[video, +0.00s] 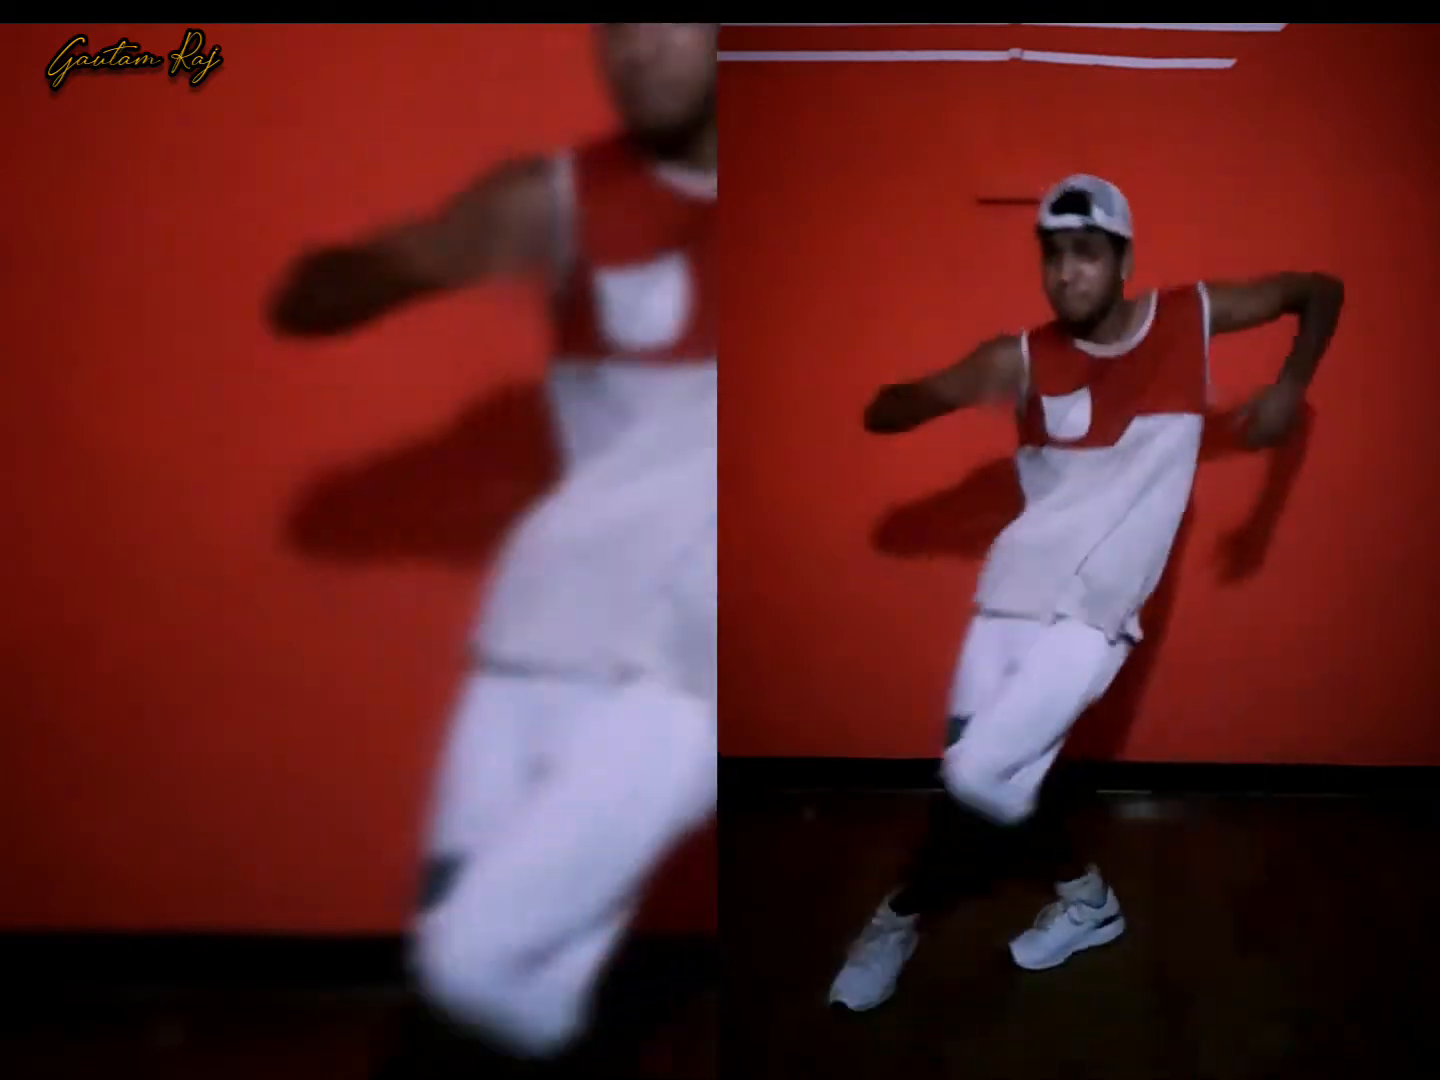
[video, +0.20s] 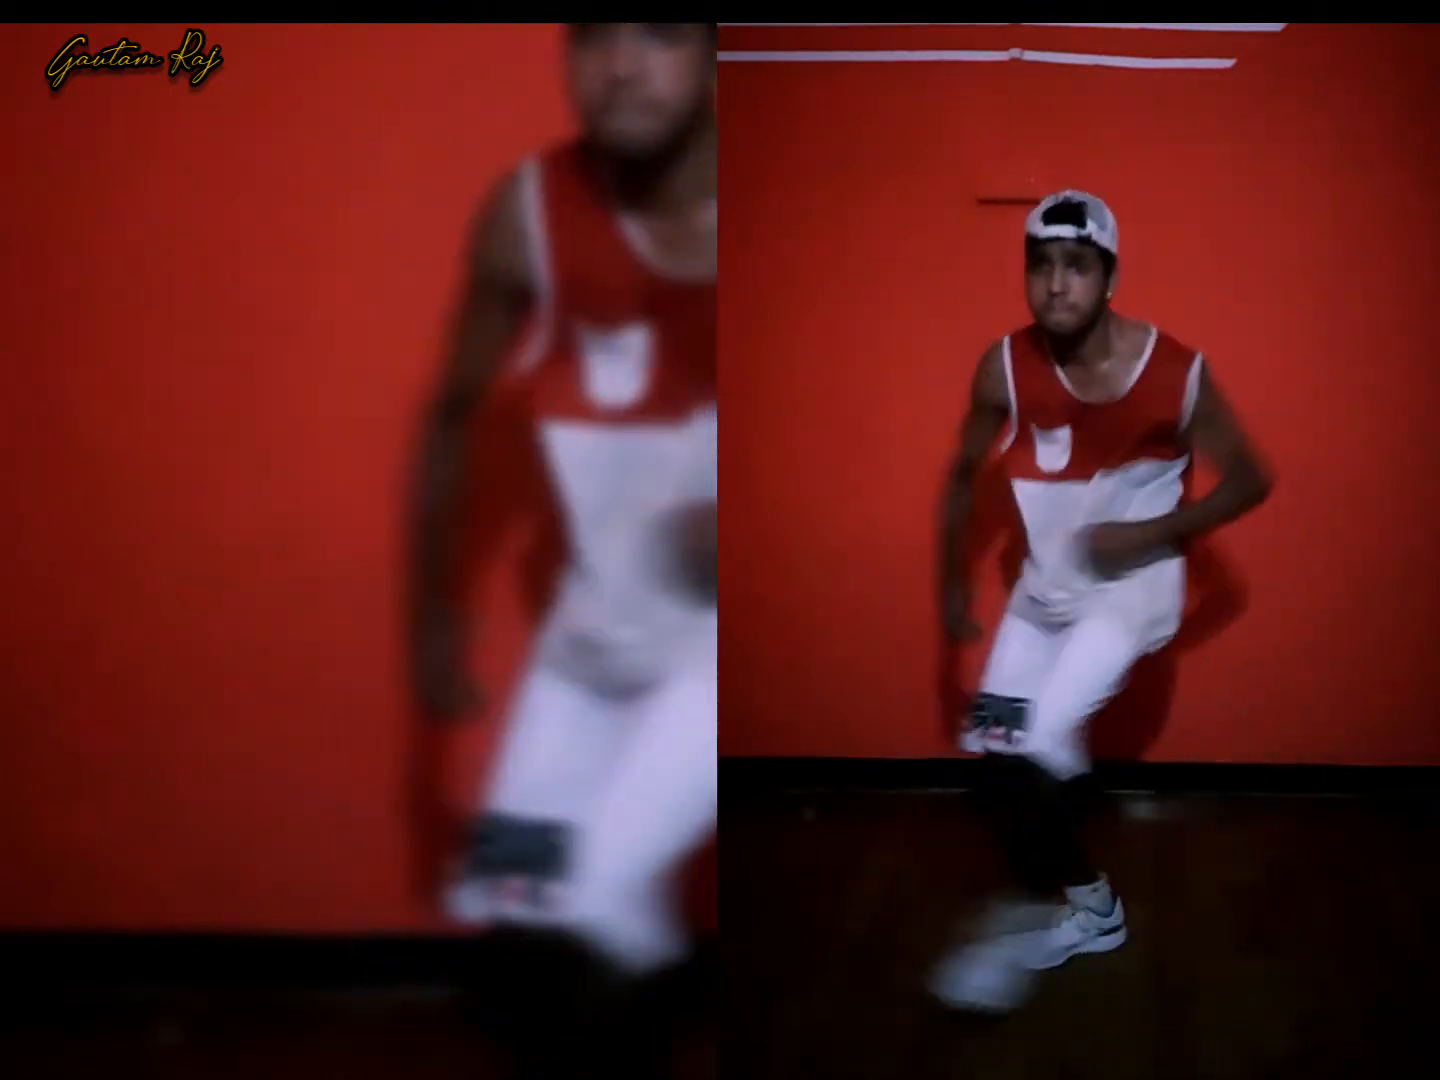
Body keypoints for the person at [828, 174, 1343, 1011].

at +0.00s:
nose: (1066, 273)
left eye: (1085, 257)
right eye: (1054, 257)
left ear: (1123, 261)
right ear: (1041, 267)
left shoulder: (1186, 315)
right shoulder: (1020, 359)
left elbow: (1321, 292)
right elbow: (893, 412)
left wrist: (1290, 387)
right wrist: (918, 398)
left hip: (1099, 606)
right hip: (1011, 591)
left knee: (975, 772)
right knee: (982, 767)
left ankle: (894, 926)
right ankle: (1085, 898)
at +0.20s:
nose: (1058, 284)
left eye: (1076, 266)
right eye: (1044, 266)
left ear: (1109, 277)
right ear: (1026, 276)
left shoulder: (1172, 372)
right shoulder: (1006, 368)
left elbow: (1249, 479)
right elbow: (964, 475)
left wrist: (1152, 535)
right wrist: (953, 583)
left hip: (1129, 592)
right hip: (1040, 591)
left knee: (1044, 736)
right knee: (991, 745)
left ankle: (1087, 901)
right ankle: (1045, 909)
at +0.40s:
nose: (1069, 273)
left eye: (1088, 258)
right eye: (1054, 255)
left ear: (1116, 271)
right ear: (1035, 266)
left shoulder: (1143, 382)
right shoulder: (1050, 341)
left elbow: (1131, 547)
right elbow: (1079, 449)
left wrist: (1036, 450)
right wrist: (1088, 542)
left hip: (1198, 605)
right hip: (1103, 591)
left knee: (1256, 783)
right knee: (1030, 752)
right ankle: (1092, 907)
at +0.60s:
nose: (1076, 301)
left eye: (1096, 286)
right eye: (1061, 283)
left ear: (1122, 300)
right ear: (1042, 294)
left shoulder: (1150, 401)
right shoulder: (1045, 361)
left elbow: (1213, 540)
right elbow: (1076, 461)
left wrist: (1098, 518)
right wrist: (1049, 508)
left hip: (1203, 615)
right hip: (1111, 603)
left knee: (1273, 788)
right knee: (1032, 767)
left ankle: (1416, 938)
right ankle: (1094, 908)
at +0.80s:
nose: (1071, 273)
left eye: (1089, 255)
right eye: (1056, 255)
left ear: (1119, 266)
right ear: (1038, 267)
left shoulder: (1184, 352)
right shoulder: (1020, 367)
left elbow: (1223, 477)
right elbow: (1012, 497)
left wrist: (1221, 601)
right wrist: (1057, 528)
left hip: (1153, 587)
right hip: (1059, 581)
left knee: (1092, 759)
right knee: (1020, 745)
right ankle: (1093, 901)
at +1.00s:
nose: (1089, 302)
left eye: (1107, 284)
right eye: (1074, 284)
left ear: (1138, 293)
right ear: (1058, 295)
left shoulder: (1202, 359)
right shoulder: (1037, 401)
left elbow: (1260, 390)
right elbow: (1039, 556)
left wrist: (1242, 499)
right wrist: (1066, 445)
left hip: (1113, 628)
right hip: (1023, 606)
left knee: (1064, 800)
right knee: (979, 757)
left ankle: (1034, 863)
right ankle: (1087, 899)